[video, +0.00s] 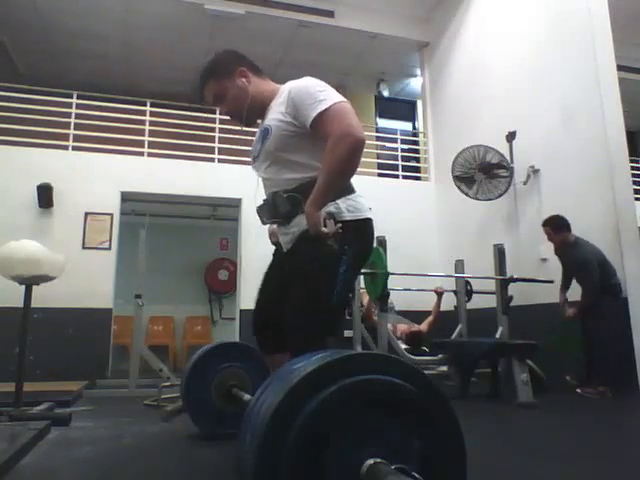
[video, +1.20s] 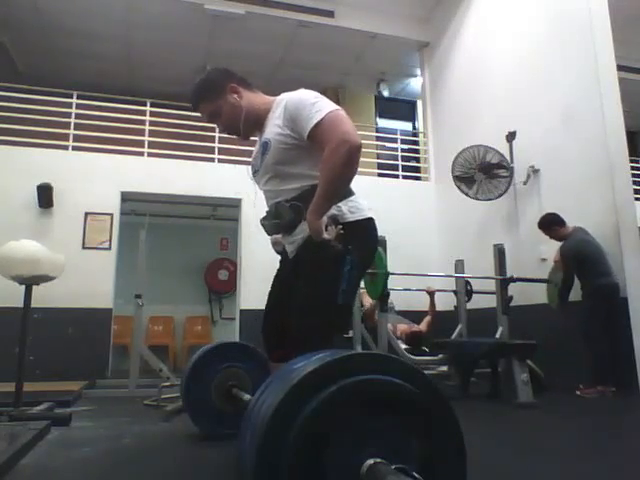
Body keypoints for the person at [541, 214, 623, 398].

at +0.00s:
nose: (548, 239)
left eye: (550, 234)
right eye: (547, 235)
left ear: (561, 232)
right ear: (561, 232)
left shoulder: (583, 253)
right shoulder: (561, 249)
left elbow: (592, 288)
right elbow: (567, 270)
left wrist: (580, 309)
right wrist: (563, 293)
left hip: (609, 296)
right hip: (592, 295)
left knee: (604, 340)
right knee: (591, 338)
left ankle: (603, 384)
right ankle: (591, 380)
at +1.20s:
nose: (551, 238)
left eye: (550, 235)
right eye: (549, 235)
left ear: (555, 229)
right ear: (561, 224)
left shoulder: (567, 248)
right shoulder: (580, 233)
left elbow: (568, 280)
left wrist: (561, 302)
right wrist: (562, 260)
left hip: (596, 294)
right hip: (611, 289)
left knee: (592, 337)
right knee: (605, 337)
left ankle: (596, 384)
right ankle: (608, 382)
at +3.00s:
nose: (553, 220)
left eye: (558, 216)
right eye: (552, 216)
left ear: (569, 217)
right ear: (553, 217)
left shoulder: (574, 240)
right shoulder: (562, 233)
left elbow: (565, 274)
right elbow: (545, 246)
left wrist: (540, 290)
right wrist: (524, 252)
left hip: (593, 291)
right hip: (583, 290)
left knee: (593, 336)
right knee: (589, 335)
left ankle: (599, 384)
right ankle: (599, 381)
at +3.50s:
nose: (567, 214)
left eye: (572, 210)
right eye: (565, 210)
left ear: (582, 212)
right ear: (563, 213)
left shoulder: (586, 235)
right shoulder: (567, 236)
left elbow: (585, 266)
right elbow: (553, 257)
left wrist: (563, 284)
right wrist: (531, 258)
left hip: (598, 290)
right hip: (583, 291)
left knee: (598, 335)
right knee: (588, 334)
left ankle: (603, 383)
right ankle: (597, 381)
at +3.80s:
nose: (568, 214)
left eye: (572, 210)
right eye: (565, 211)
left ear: (582, 211)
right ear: (562, 215)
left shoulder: (596, 233)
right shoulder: (563, 240)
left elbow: (616, 257)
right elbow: (559, 266)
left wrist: (600, 277)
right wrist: (559, 274)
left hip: (598, 292)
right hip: (578, 293)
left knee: (598, 336)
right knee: (586, 336)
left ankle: (606, 383)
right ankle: (595, 381)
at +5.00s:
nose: (544, 202)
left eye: (547, 197)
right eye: (539, 199)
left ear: (556, 197)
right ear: (536, 203)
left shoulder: (575, 219)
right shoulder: (531, 229)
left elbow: (599, 243)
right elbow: (523, 256)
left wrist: (583, 263)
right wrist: (527, 271)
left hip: (576, 288)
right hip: (548, 292)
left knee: (585, 335)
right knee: (554, 340)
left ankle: (597, 384)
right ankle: (561, 387)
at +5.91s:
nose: (564, 185)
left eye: (568, 181)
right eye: (559, 180)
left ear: (572, 183)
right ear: (547, 180)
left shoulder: (580, 212)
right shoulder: (527, 209)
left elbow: (599, 243)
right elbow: (503, 234)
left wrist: (579, 258)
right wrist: (521, 252)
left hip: (569, 281)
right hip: (537, 281)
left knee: (578, 335)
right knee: (534, 334)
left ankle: (583, 396)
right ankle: (531, 395)